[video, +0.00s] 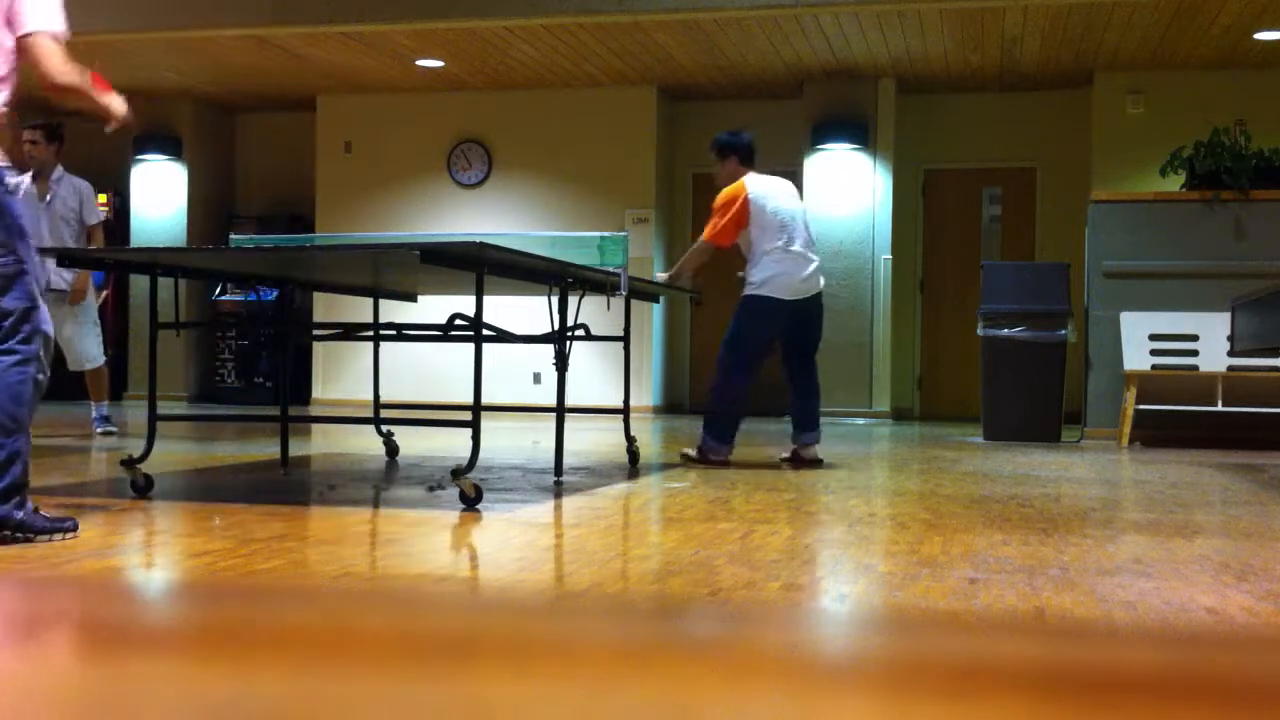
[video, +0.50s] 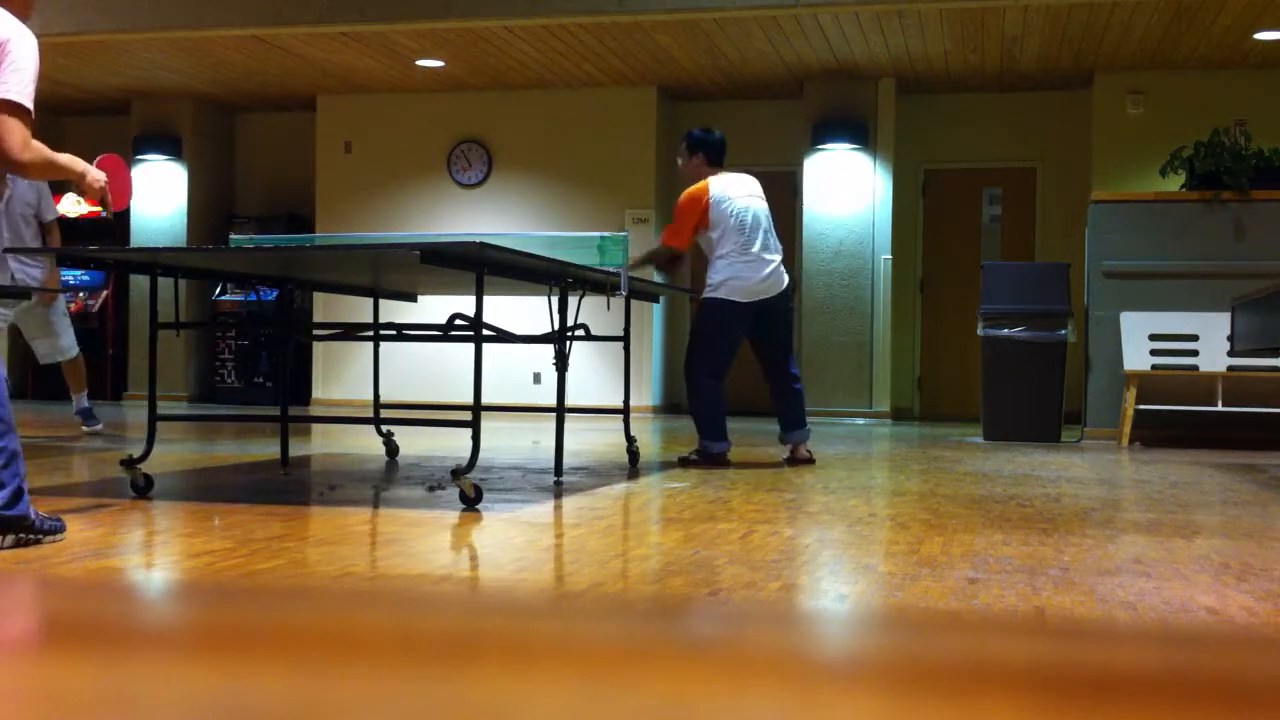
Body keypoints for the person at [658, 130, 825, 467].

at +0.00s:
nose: (716, 173)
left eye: (718, 165)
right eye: (715, 166)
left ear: (734, 162)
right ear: (749, 161)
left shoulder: (736, 192)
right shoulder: (785, 186)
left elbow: (708, 245)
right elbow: (789, 240)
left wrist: (673, 274)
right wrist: (755, 269)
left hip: (768, 291)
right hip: (808, 292)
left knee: (734, 362)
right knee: (801, 364)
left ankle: (715, 447)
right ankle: (807, 447)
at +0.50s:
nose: (679, 165)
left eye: (682, 158)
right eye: (679, 158)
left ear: (698, 159)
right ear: (715, 160)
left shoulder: (696, 194)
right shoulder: (749, 182)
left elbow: (670, 250)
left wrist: (638, 260)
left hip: (730, 290)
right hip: (773, 287)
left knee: (702, 369)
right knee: (781, 366)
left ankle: (713, 448)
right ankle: (799, 446)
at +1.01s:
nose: (727, 149)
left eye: (734, 144)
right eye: (731, 142)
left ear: (747, 152)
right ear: (765, 156)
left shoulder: (723, 182)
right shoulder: (789, 195)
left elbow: (692, 214)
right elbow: (797, 249)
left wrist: (655, 219)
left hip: (725, 290)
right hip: (772, 293)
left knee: (705, 367)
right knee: (778, 365)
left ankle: (712, 447)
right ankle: (792, 446)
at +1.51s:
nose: (680, 178)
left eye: (686, 170)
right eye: (681, 170)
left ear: (708, 172)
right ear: (712, 173)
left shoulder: (717, 202)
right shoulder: (752, 193)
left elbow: (735, 255)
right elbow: (791, 211)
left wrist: (718, 295)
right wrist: (760, 237)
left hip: (748, 300)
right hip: (781, 300)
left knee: (712, 369)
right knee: (776, 370)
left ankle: (735, 443)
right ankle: (791, 441)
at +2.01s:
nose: (681, 169)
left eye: (689, 162)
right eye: (679, 162)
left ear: (708, 167)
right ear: (677, 168)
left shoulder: (726, 205)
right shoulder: (684, 210)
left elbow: (742, 255)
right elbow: (680, 251)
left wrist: (702, 279)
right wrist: (662, 262)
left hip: (726, 299)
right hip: (695, 301)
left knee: (717, 360)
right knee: (676, 363)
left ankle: (732, 445)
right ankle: (679, 437)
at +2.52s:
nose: (651, 183)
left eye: (656, 176)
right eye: (649, 177)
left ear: (677, 177)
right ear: (662, 181)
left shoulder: (689, 206)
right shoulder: (678, 213)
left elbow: (687, 254)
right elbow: (681, 256)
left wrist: (665, 272)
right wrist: (667, 271)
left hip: (725, 302)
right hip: (700, 305)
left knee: (740, 366)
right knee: (670, 362)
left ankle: (778, 439)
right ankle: (674, 436)